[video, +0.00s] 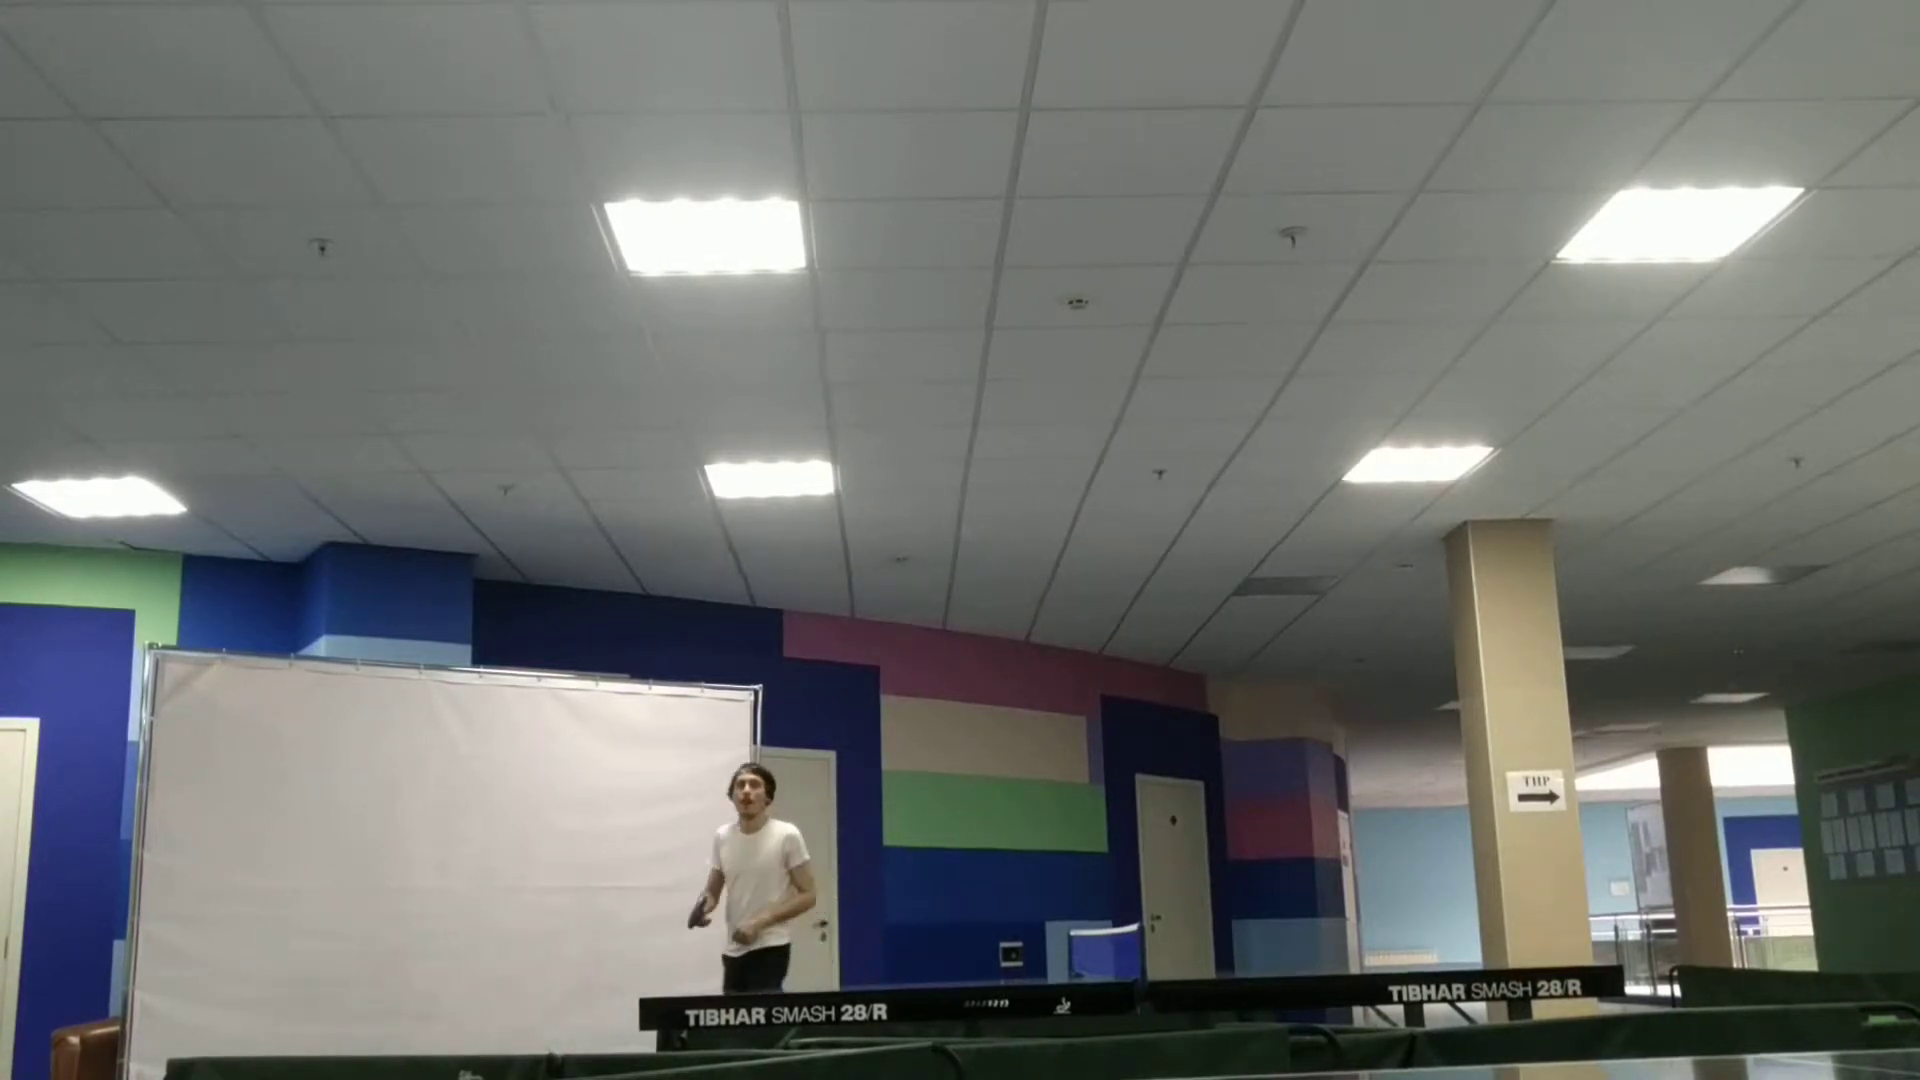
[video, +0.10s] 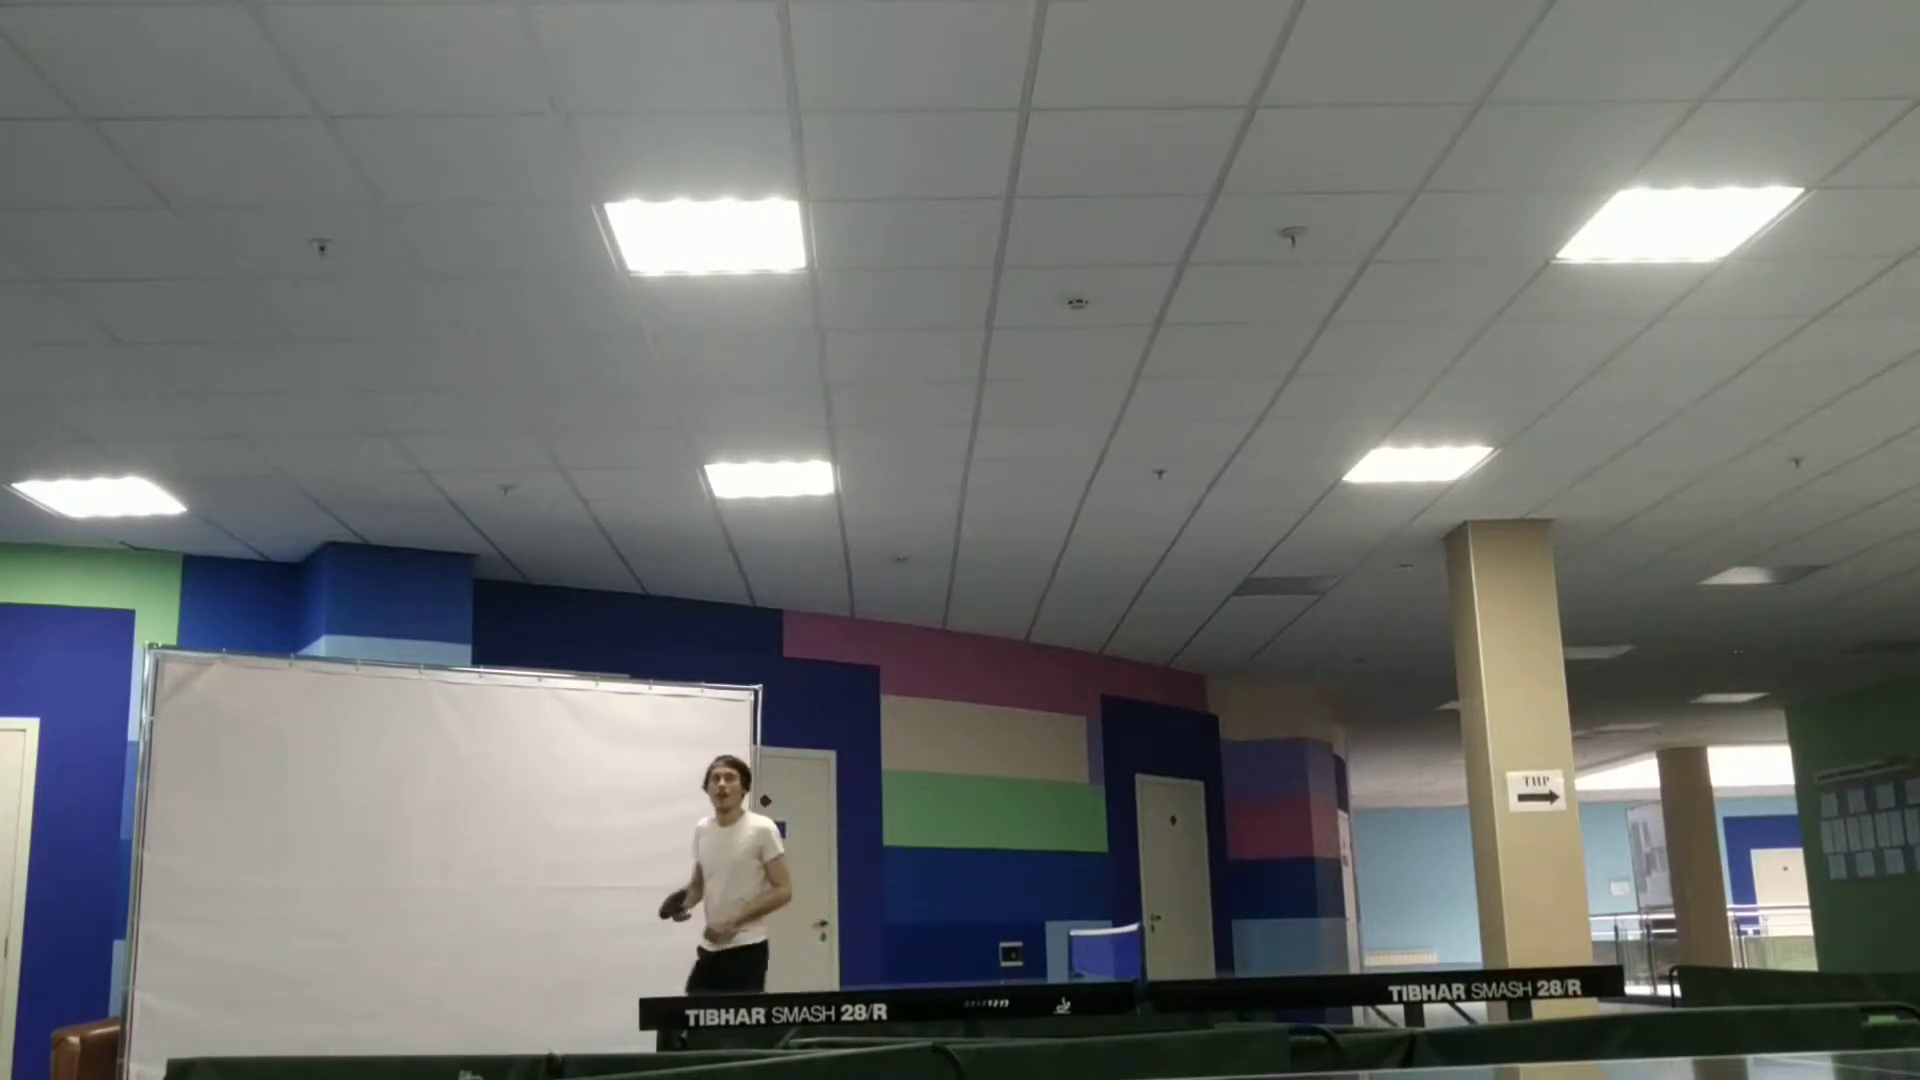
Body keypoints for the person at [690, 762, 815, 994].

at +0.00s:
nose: (747, 791)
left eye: (755, 785)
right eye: (741, 785)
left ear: (768, 797)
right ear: (732, 795)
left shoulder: (786, 836)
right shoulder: (723, 837)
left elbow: (808, 896)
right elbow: (712, 891)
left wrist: (757, 923)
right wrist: (702, 910)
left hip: (771, 949)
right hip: (734, 951)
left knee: (760, 1025)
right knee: (733, 1025)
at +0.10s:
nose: (722, 785)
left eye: (730, 778)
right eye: (715, 779)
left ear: (744, 788)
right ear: (707, 788)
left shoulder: (762, 829)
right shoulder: (704, 829)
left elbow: (783, 890)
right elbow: (698, 883)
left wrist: (733, 921)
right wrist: (682, 904)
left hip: (748, 950)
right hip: (711, 951)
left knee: (740, 1026)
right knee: (693, 1021)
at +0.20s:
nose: (693, 786)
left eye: (702, 780)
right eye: (687, 781)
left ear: (716, 790)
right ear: (679, 791)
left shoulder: (734, 831)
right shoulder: (680, 834)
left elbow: (756, 894)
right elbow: (685, 886)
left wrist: (702, 923)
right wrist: (660, 908)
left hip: (724, 959)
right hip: (685, 959)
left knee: (726, 1045)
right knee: (648, 1037)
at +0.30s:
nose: (662, 790)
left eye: (671, 784)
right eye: (656, 785)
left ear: (685, 795)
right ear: (648, 795)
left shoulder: (702, 835)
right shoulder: (651, 840)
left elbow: (724, 899)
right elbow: (663, 895)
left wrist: (671, 928)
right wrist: (634, 913)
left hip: (694, 966)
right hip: (653, 966)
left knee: (695, 1060)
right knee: (620, 1051)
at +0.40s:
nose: (629, 788)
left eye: (638, 782)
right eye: (622, 782)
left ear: (652, 793)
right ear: (613, 793)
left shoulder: (667, 834)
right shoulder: (617, 842)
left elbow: (691, 898)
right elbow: (627, 894)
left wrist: (638, 934)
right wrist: (602, 915)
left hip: (655, 967)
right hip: (614, 966)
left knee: (669, 1055)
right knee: (585, 1042)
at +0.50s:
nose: (599, 781)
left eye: (609, 775)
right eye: (592, 774)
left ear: (622, 787)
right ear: (582, 785)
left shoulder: (637, 826)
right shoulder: (584, 836)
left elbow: (663, 892)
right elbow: (591, 892)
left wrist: (612, 932)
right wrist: (560, 913)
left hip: (619, 962)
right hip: (579, 957)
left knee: (599, 1057)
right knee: (562, 1050)